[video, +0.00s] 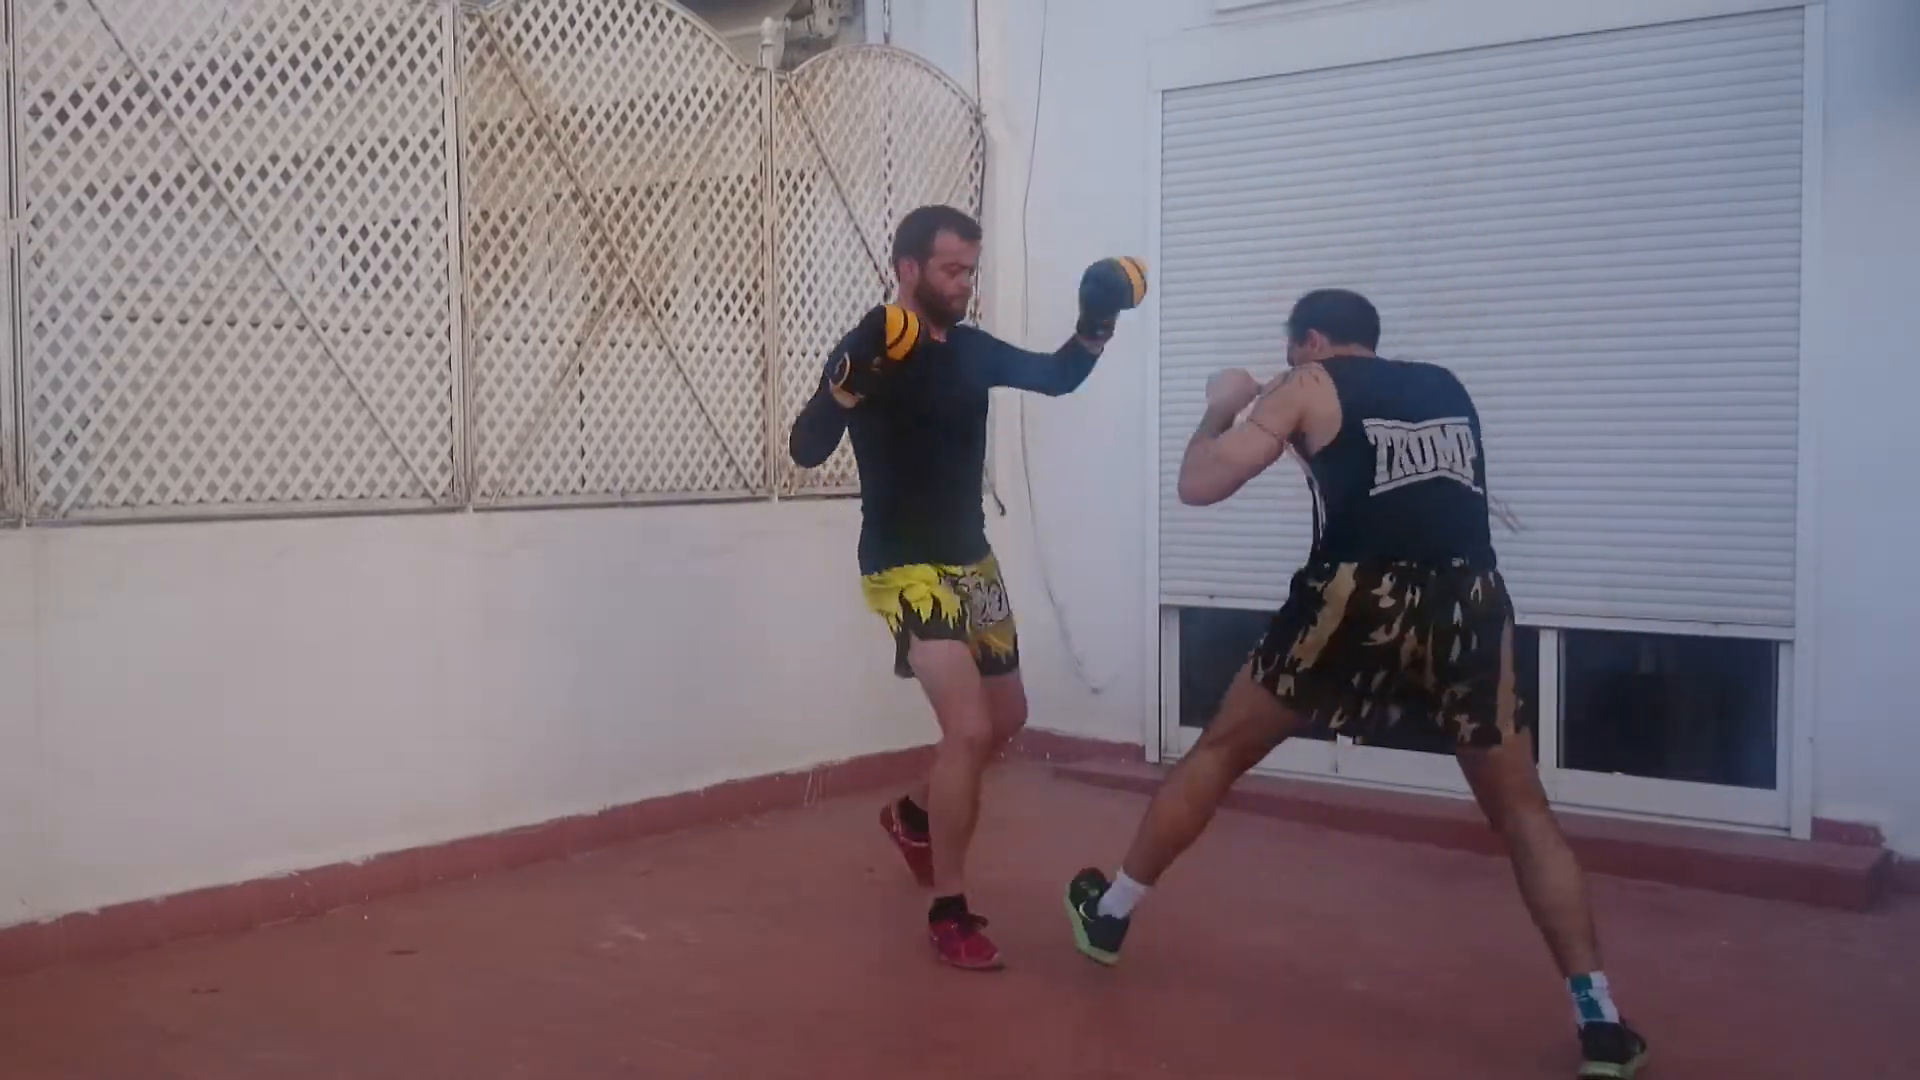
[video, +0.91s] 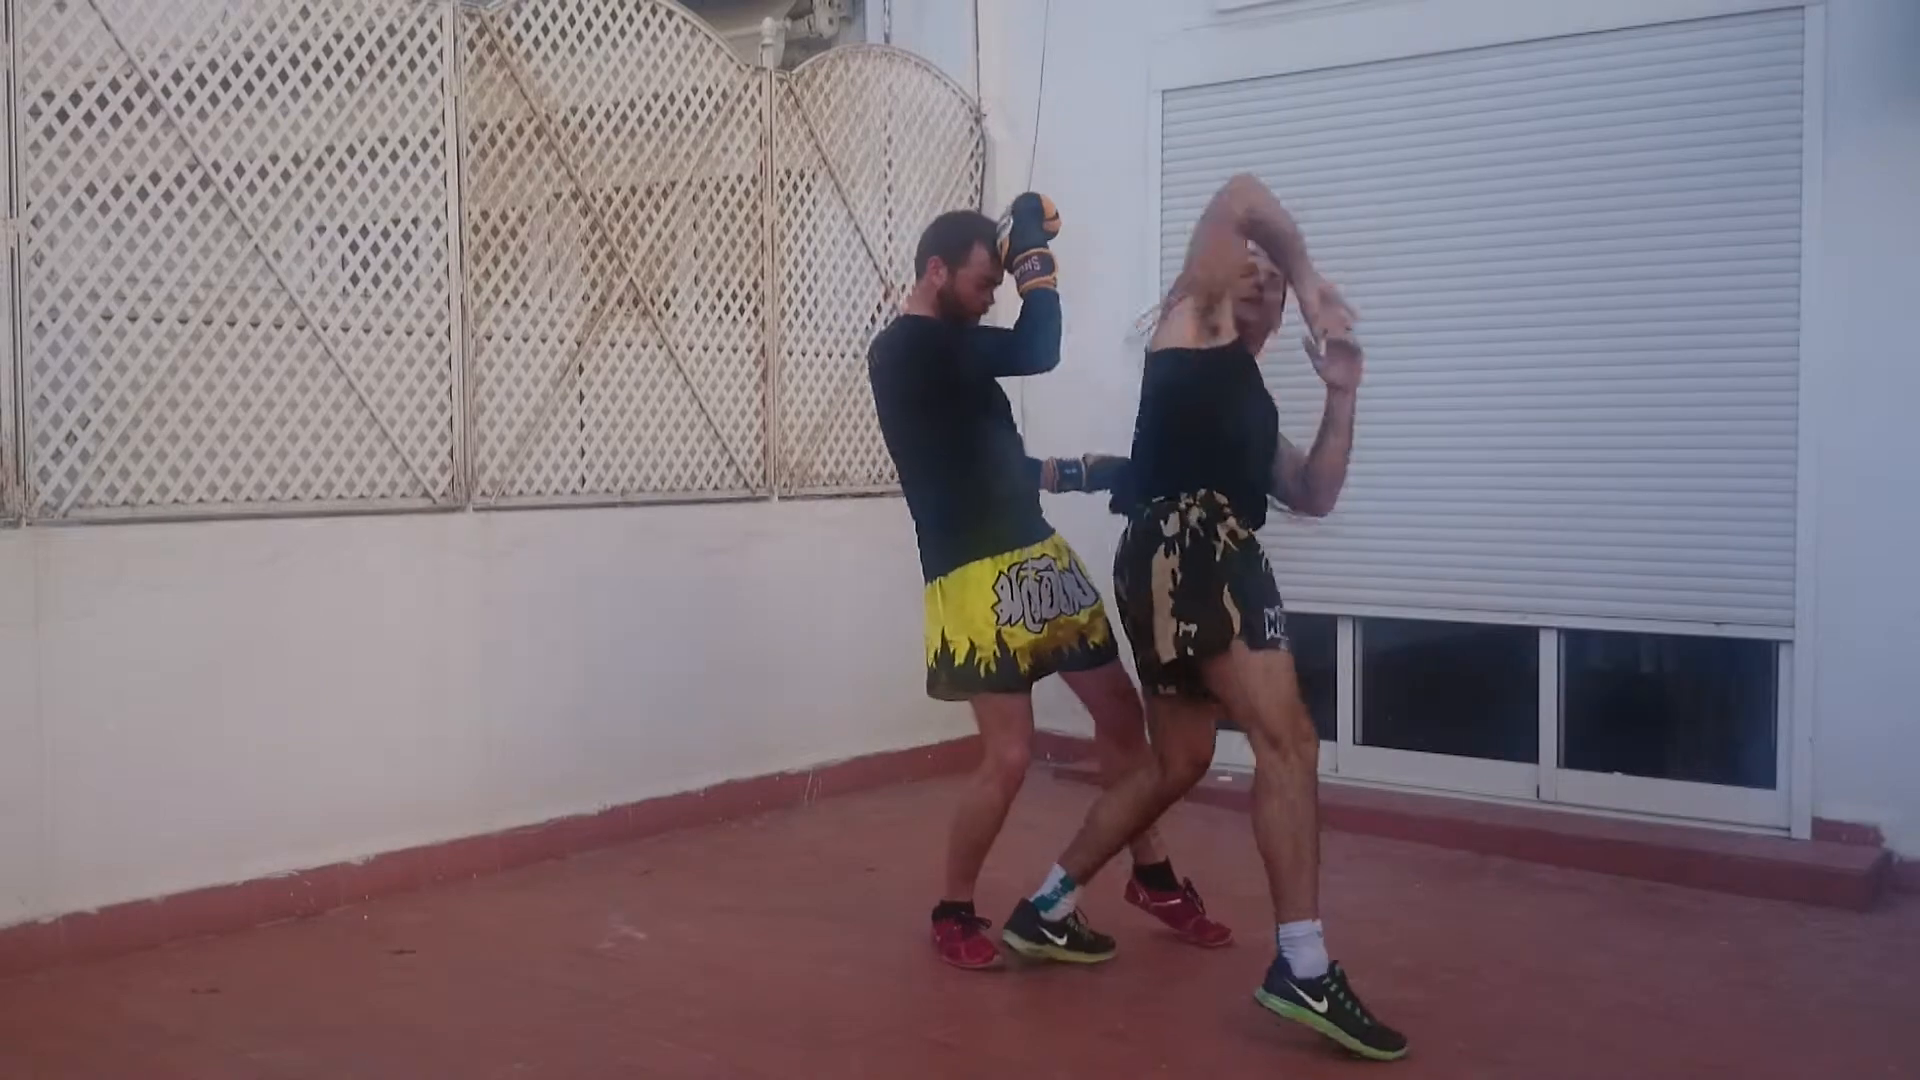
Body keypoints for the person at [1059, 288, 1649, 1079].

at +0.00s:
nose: (1289, 360)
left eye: (1292, 348)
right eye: (1289, 350)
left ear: (1315, 342)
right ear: (1371, 341)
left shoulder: (1305, 388)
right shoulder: (1444, 386)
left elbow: (1197, 483)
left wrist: (1219, 414)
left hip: (1353, 604)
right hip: (1471, 611)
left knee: (1222, 753)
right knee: (1523, 810)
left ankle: (1111, 912)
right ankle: (1599, 1016)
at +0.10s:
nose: (1217, 420)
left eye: (1219, 411)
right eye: (1221, 413)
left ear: (1234, 408)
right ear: (1296, 396)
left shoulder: (1222, 450)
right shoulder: (1366, 408)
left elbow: (1123, 551)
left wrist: (1172, 496)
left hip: (1291, 615)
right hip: (1406, 609)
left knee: (1202, 774)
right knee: (1508, 805)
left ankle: (1095, 934)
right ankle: (1597, 1014)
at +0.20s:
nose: (1160, 459)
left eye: (1160, 447)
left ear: (1166, 447)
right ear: (1223, 420)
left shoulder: (1156, 488)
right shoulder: (1286, 423)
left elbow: (1090, 598)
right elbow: (1363, 508)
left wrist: (1113, 603)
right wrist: (1295, 464)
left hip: (1231, 601)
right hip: (1344, 585)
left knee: (1159, 758)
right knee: (1465, 791)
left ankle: (1088, 933)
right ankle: (1569, 999)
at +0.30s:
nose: (1136, 453)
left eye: (1135, 447)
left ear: (1144, 441)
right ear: (1197, 404)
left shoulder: (1139, 485)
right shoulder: (1260, 406)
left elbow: (1104, 626)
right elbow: (1339, 492)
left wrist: (1138, 645)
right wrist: (1262, 481)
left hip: (1204, 582)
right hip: (1312, 561)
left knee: (1159, 750)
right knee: (1425, 765)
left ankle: (1091, 931)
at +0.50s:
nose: (1237, 312)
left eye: (1234, 305)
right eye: (1224, 303)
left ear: (1176, 335)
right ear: (1197, 320)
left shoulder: (1166, 435)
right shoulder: (1198, 344)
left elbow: (1230, 548)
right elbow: (1321, 327)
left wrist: (1337, 546)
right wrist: (1264, 365)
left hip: (1173, 587)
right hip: (1236, 556)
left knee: (1209, 777)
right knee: (1349, 755)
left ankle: (1069, 919)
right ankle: (1362, 990)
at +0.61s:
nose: (1235, 298)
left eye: (1233, 290)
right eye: (1219, 289)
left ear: (1226, 315)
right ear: (1188, 299)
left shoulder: (1250, 415)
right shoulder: (1163, 345)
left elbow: (1341, 495)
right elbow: (1184, 231)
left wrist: (1327, 404)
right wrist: (1260, 292)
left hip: (1193, 573)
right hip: (1209, 557)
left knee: (1198, 781)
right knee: (1315, 747)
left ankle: (1058, 921)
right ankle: (1320, 979)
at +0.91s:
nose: (1264, 279)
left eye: (1274, 276)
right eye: (1251, 265)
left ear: (1277, 303)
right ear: (1221, 271)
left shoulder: (1247, 401)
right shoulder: (1194, 315)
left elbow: (1312, 493)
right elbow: (1241, 197)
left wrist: (1340, 395)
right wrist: (1309, 281)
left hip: (1171, 561)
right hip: (1200, 551)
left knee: (1178, 762)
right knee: (1287, 745)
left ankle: (1046, 907)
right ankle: (1303, 968)